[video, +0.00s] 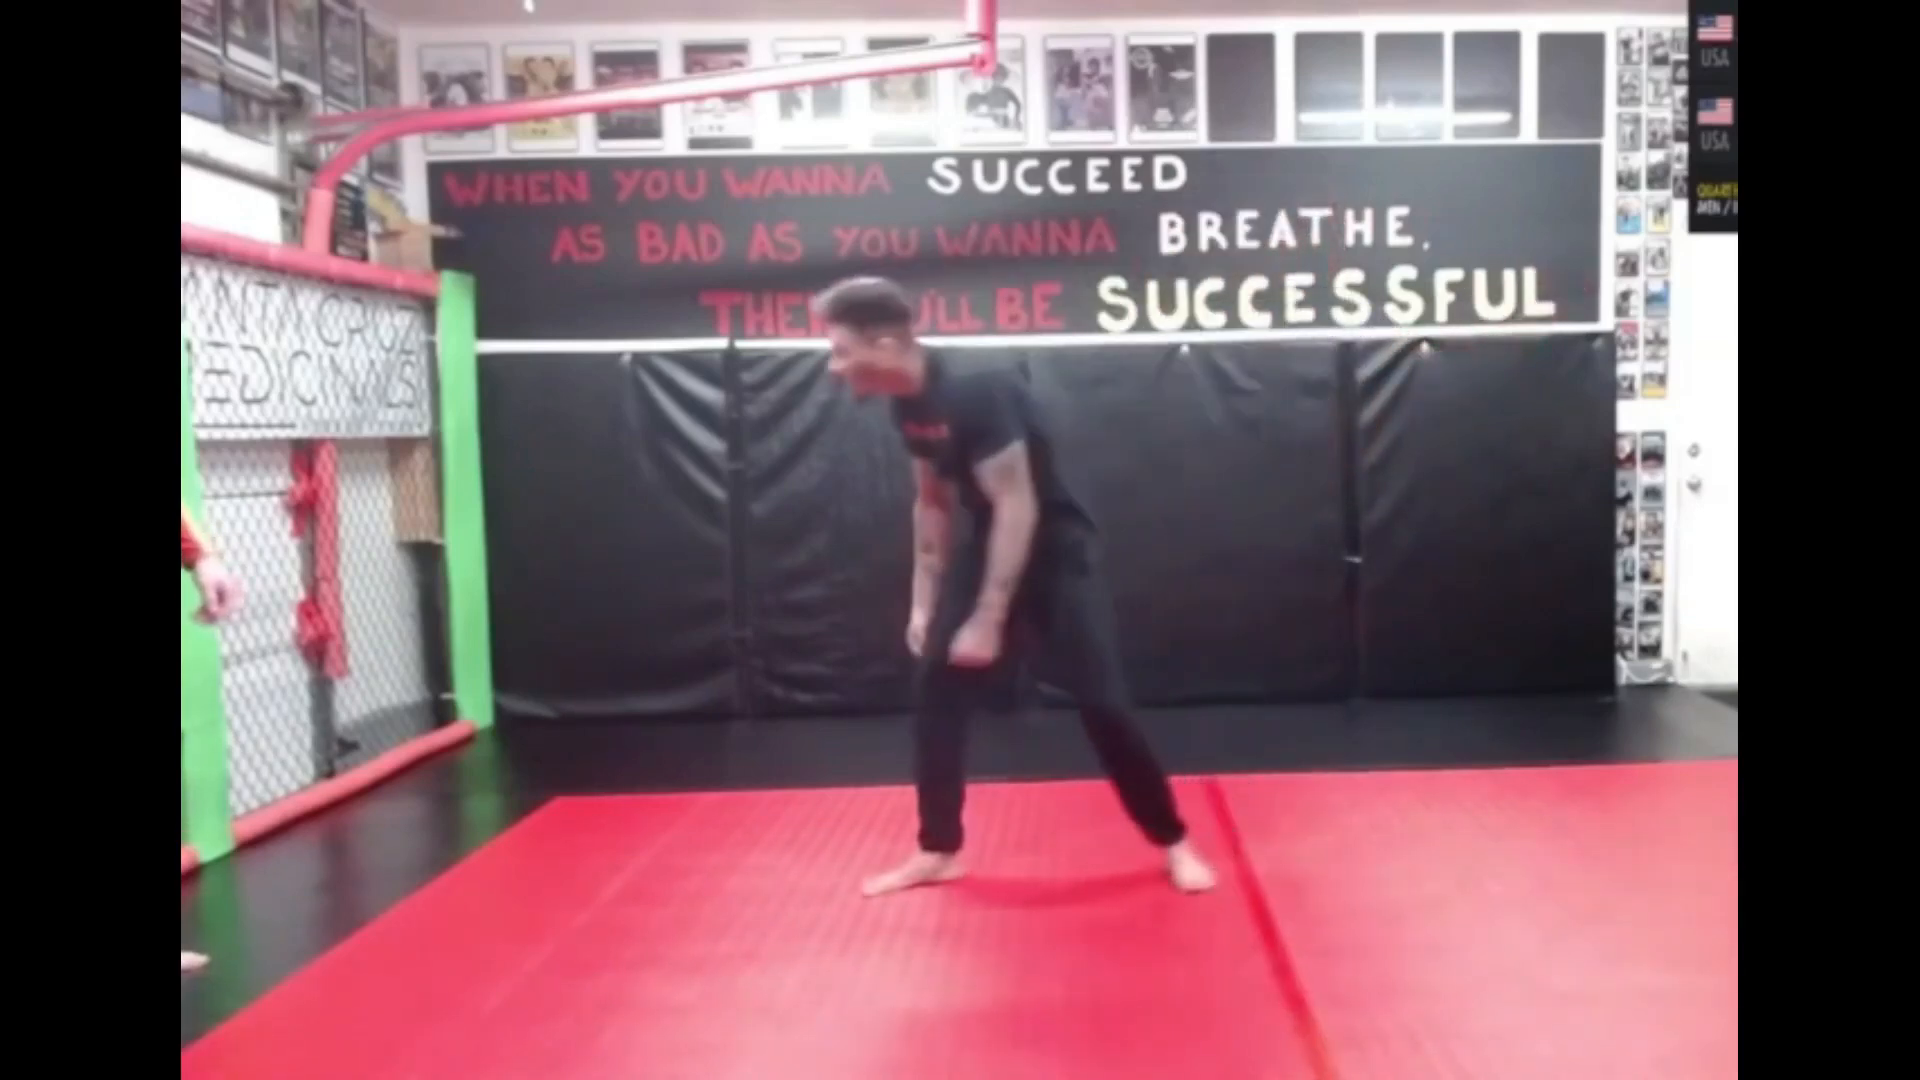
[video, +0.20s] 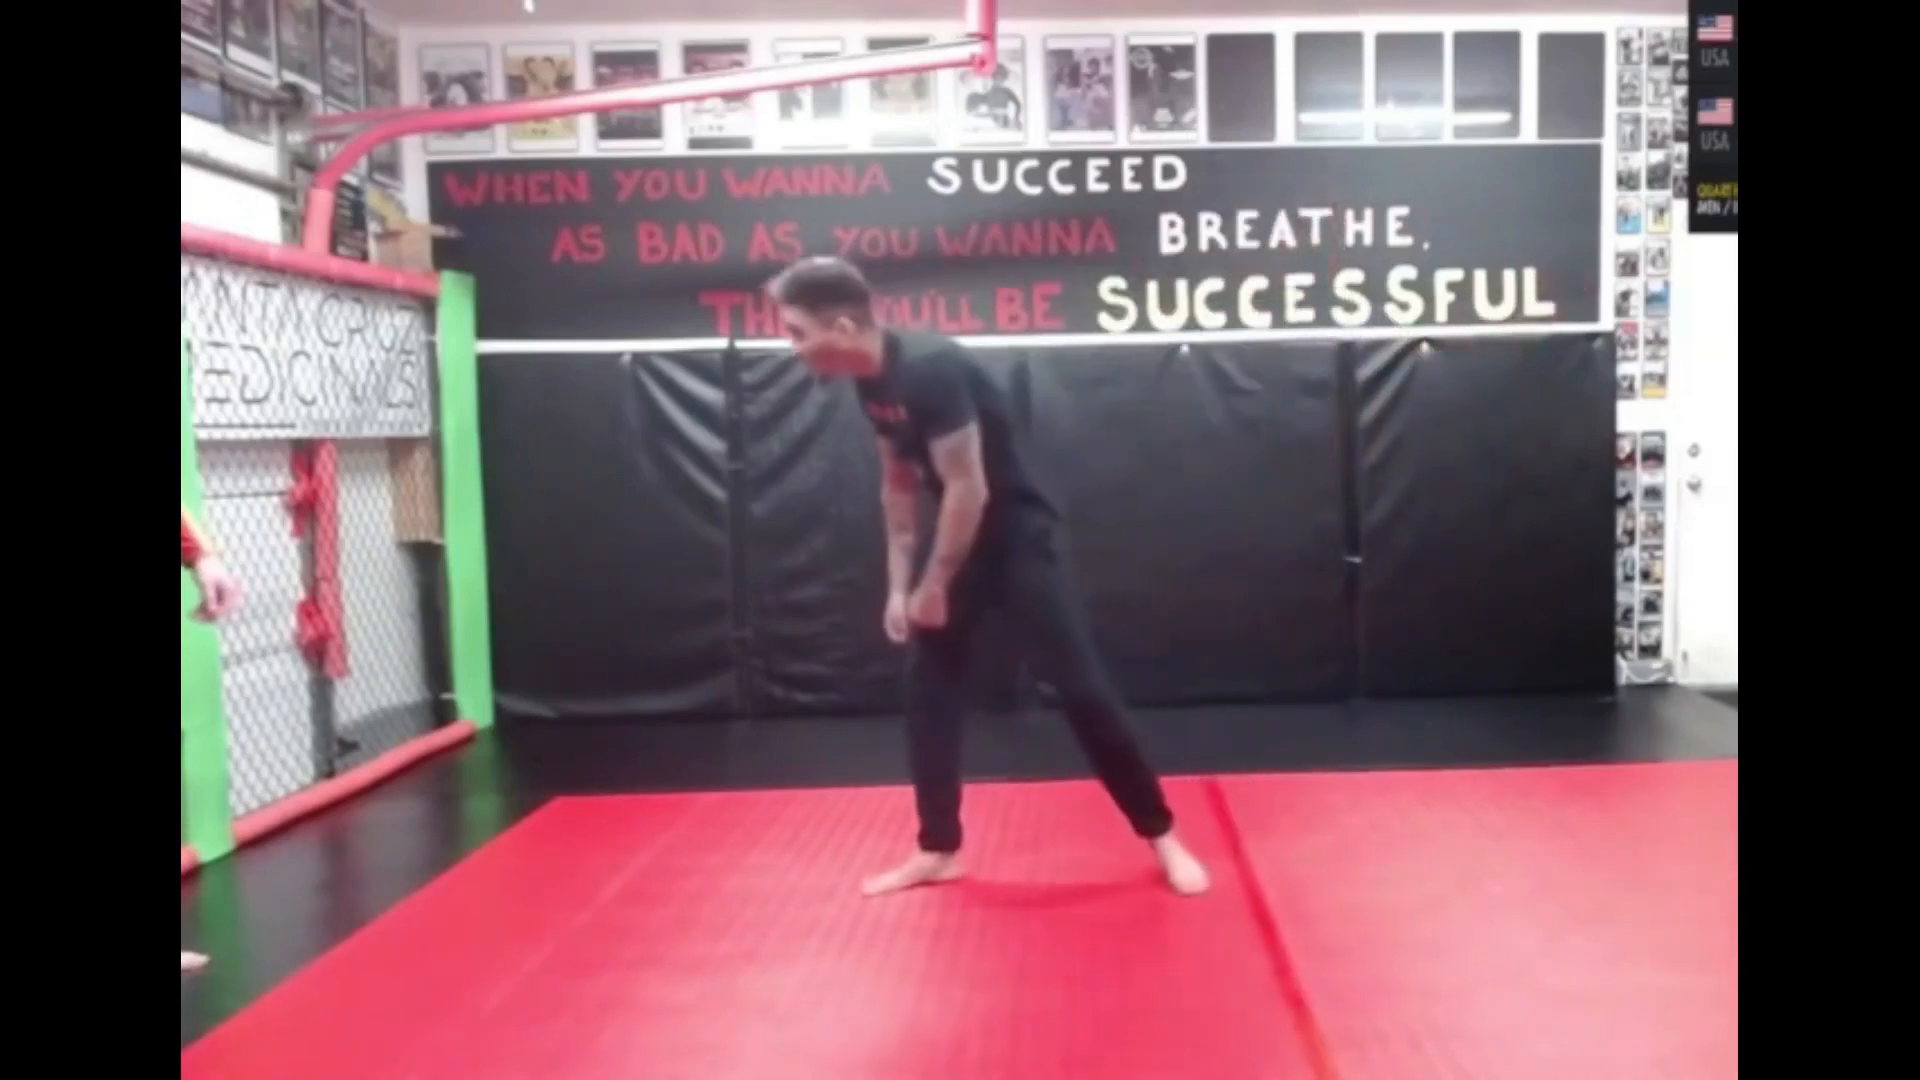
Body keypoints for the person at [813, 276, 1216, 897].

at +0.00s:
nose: (833, 368)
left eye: (840, 352)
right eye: (831, 353)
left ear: (887, 343)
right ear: (880, 348)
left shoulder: (975, 391)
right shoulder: (909, 406)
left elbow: (1017, 507)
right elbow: (931, 502)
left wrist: (988, 619)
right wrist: (923, 605)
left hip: (1050, 541)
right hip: (979, 539)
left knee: (1099, 697)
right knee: (939, 677)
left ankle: (1175, 843)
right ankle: (939, 847)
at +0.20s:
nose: (794, 350)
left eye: (799, 333)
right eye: (791, 335)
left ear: (845, 323)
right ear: (841, 327)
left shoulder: (931, 370)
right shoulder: (874, 383)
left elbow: (969, 488)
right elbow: (898, 484)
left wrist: (937, 583)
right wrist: (900, 583)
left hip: (1014, 536)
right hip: (949, 544)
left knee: (1078, 681)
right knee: (929, 688)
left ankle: (1163, 836)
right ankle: (939, 849)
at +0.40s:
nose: (776, 322)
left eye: (784, 305)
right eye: (773, 307)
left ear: (834, 298)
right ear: (825, 303)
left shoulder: (921, 350)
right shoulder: (853, 371)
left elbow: (945, 476)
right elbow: (874, 468)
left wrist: (905, 584)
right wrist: (868, 573)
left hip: (1001, 529)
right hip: (937, 536)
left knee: (1067, 673)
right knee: (925, 683)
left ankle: (1156, 832)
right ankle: (938, 848)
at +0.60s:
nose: (816, 306)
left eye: (828, 287)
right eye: (809, 290)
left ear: (879, 276)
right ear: (807, 291)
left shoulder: (948, 335)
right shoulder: (849, 361)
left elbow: (982, 458)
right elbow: (856, 465)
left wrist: (936, 568)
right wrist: (850, 575)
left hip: (1008, 527)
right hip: (941, 534)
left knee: (1078, 673)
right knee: (919, 687)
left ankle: (1155, 832)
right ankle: (935, 850)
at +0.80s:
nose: (913, 276)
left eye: (925, 259)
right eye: (895, 264)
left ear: (954, 256)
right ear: (874, 276)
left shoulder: (998, 324)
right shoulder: (871, 349)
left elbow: (1036, 440)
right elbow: (858, 459)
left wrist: (997, 551)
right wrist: (858, 569)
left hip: (1020, 511)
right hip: (942, 519)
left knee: (1090, 673)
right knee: (922, 683)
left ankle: (1151, 840)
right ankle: (935, 849)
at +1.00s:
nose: (1124, 235)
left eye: (1125, 222)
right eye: (1106, 224)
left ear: (1126, 232)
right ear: (1057, 237)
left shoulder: (1127, 320)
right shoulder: (1007, 326)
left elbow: (1155, 427)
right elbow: (950, 434)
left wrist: (1168, 531)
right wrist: (938, 556)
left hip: (1108, 540)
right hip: (1020, 543)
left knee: (1136, 695)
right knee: (979, 691)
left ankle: (1142, 858)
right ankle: (931, 839)